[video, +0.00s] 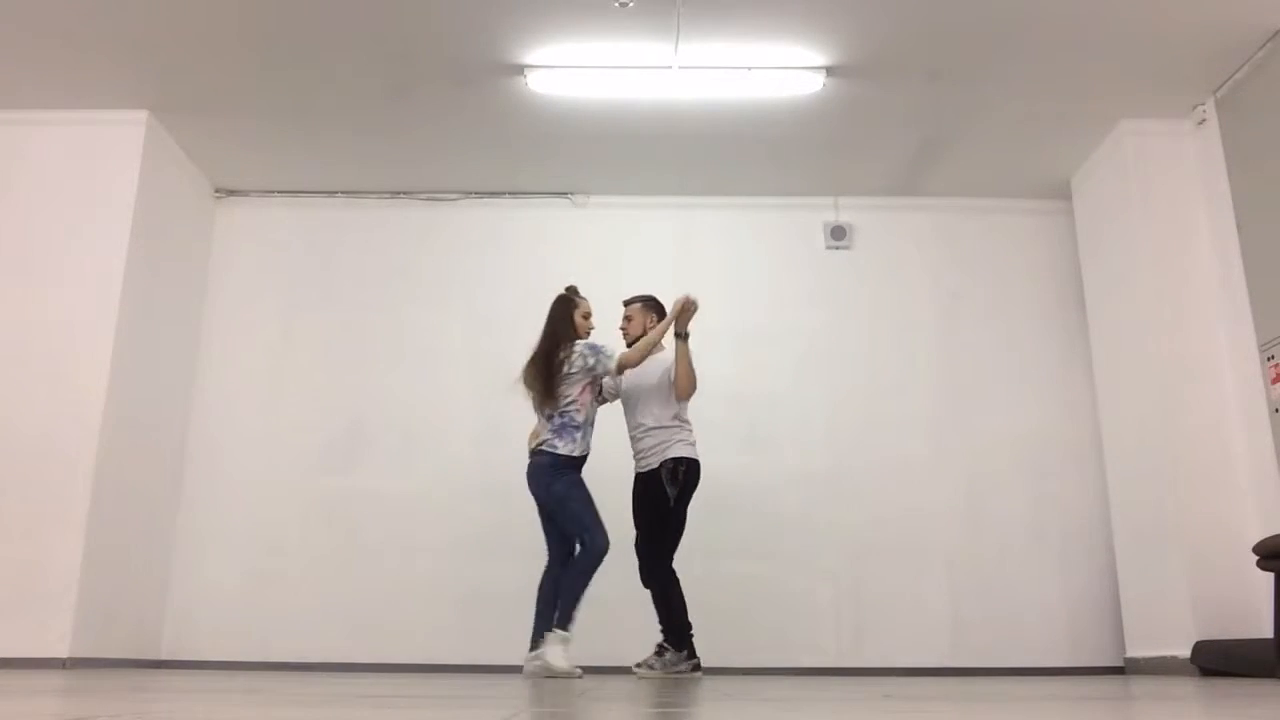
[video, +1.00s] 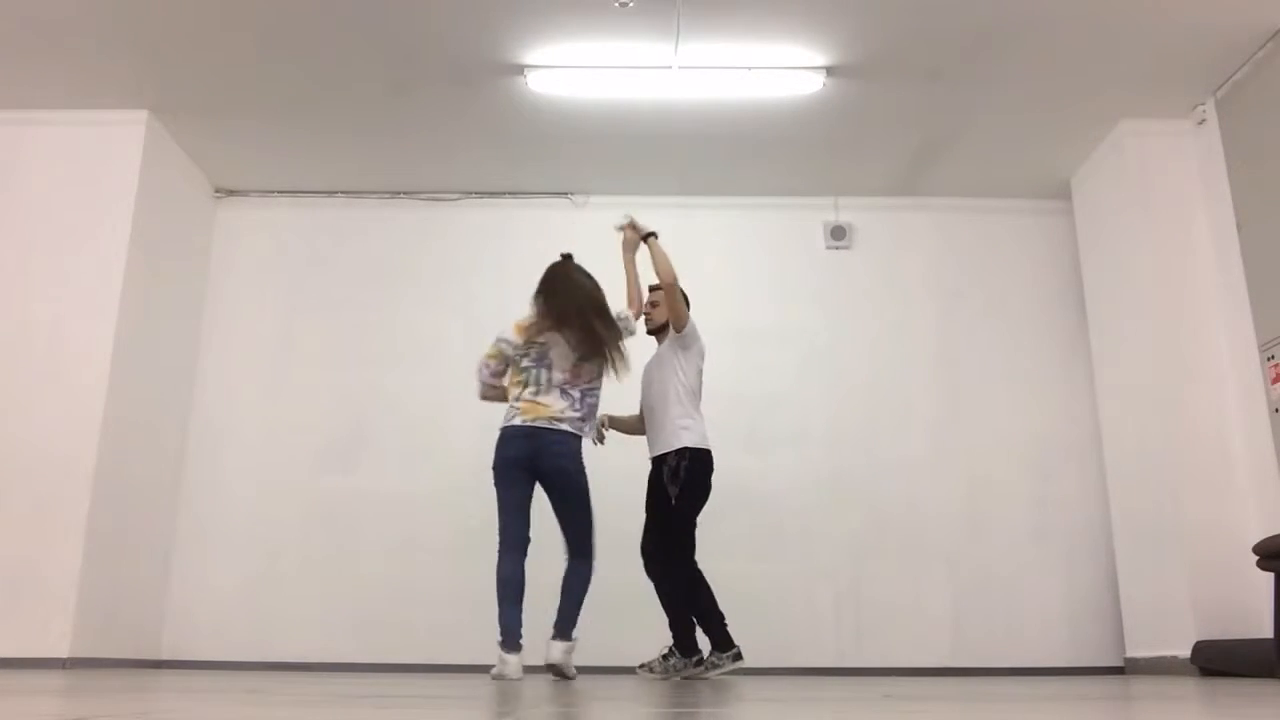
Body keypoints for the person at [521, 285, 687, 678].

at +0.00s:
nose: (592, 323)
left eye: (592, 316)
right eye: (587, 317)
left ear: (563, 320)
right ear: (571, 319)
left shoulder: (557, 358)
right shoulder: (581, 351)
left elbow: (590, 396)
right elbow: (630, 357)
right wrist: (669, 323)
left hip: (545, 469)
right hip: (558, 470)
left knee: (560, 556)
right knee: (595, 544)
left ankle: (538, 651)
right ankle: (557, 637)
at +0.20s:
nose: (601, 317)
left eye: (599, 311)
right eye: (593, 312)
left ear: (571, 318)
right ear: (574, 314)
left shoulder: (559, 353)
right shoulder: (589, 343)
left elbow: (600, 398)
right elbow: (638, 326)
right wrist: (659, 277)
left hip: (543, 465)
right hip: (563, 467)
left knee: (545, 558)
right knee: (600, 549)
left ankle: (537, 652)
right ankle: (578, 649)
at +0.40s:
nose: (590, 300)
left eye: (591, 296)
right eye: (581, 295)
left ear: (590, 308)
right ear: (563, 302)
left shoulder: (584, 350)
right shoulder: (560, 335)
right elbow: (581, 287)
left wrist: (604, 380)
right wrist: (596, 238)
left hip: (577, 462)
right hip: (551, 460)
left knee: (608, 544)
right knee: (585, 544)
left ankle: (559, 621)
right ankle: (574, 647)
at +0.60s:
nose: (567, 302)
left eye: (576, 295)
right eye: (561, 295)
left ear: (588, 298)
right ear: (552, 297)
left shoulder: (606, 341)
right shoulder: (536, 332)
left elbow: (623, 397)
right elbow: (513, 278)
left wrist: (576, 390)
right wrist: (557, 244)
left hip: (583, 445)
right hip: (540, 443)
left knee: (554, 519)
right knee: (552, 535)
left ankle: (583, 613)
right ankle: (571, 637)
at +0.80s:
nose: (548, 293)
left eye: (557, 287)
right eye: (544, 288)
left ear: (575, 292)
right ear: (545, 292)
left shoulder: (553, 327)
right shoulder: (577, 328)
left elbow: (525, 381)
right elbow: (577, 294)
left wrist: (535, 373)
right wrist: (593, 268)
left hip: (552, 450)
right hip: (576, 451)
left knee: (515, 543)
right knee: (545, 551)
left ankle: (526, 650)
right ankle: (593, 643)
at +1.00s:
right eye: (586, 293)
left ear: (543, 294)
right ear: (586, 296)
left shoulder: (522, 330)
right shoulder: (597, 335)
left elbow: (488, 386)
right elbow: (634, 309)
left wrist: (534, 394)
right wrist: (629, 252)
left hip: (513, 442)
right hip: (561, 446)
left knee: (511, 547)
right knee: (580, 553)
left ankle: (510, 653)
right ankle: (561, 645)